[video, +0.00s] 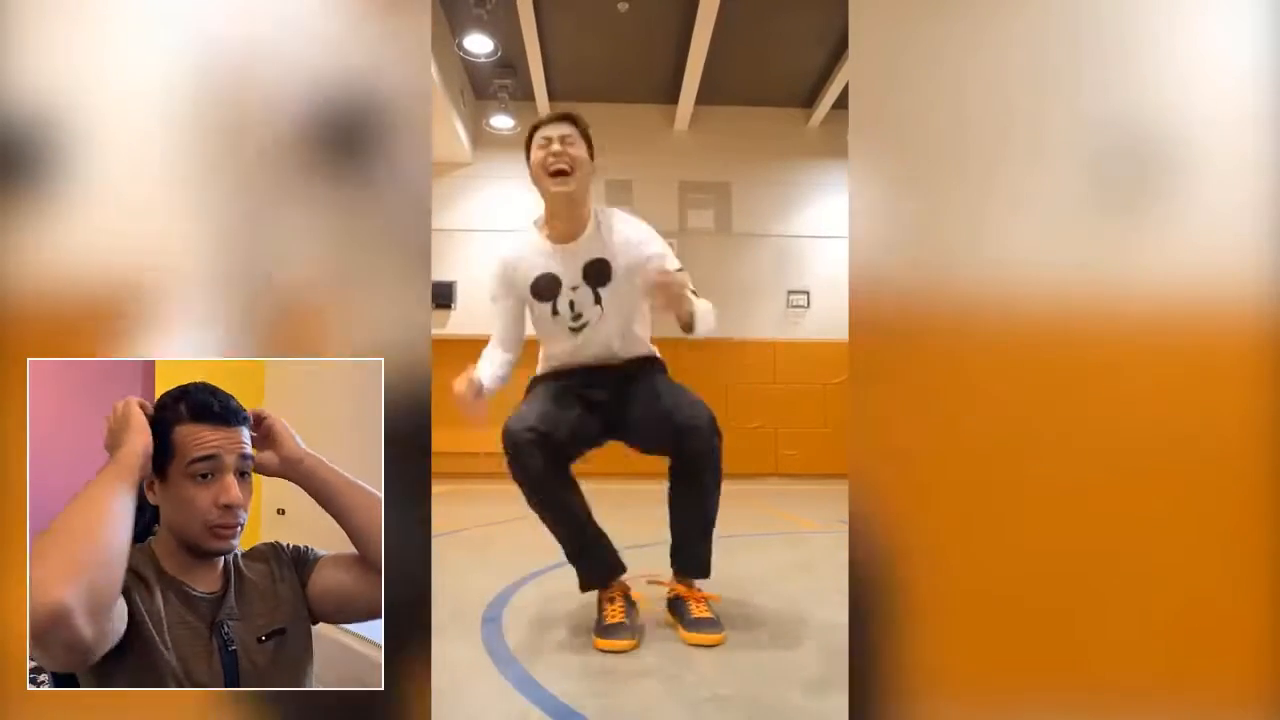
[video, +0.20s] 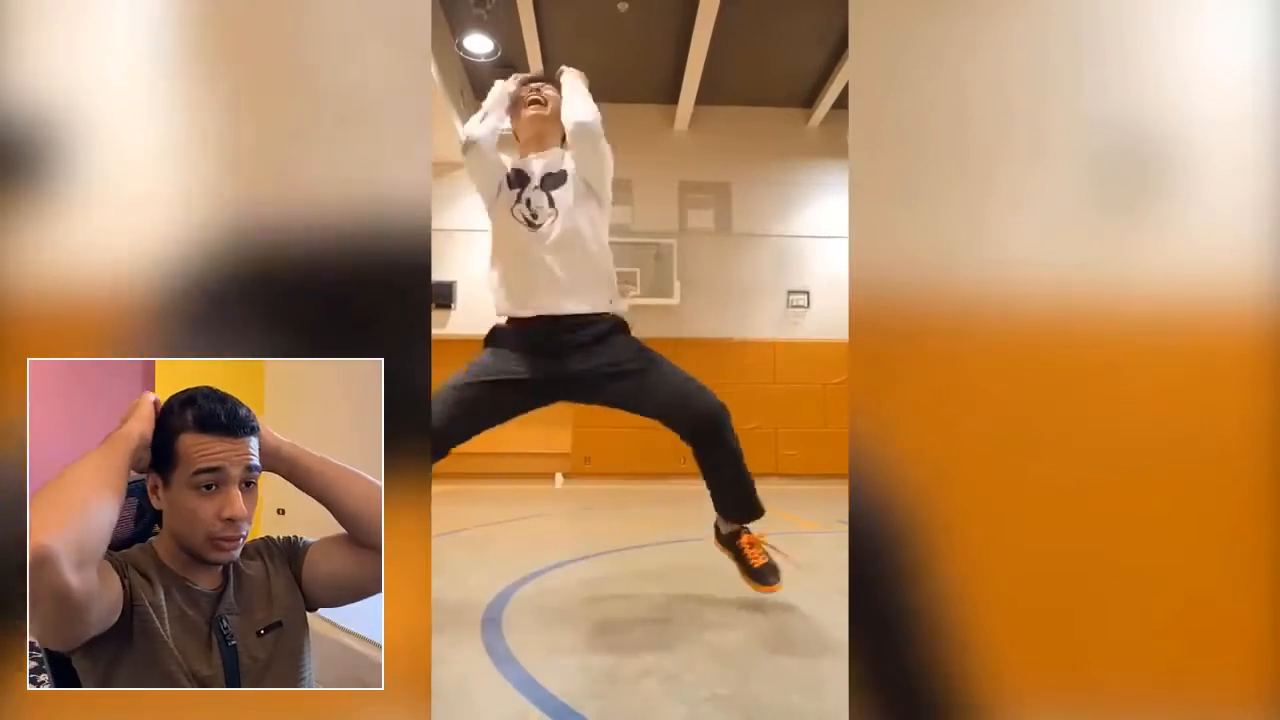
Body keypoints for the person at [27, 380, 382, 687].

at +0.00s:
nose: (233, 497)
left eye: (241, 473)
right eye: (204, 475)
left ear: (254, 477)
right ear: (154, 486)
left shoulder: (281, 574)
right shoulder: (120, 586)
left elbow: (403, 569)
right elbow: (57, 613)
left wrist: (299, 463)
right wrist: (126, 461)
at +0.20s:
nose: (237, 511)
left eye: (248, 484)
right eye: (208, 486)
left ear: (260, 484)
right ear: (158, 492)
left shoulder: (279, 570)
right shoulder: (115, 592)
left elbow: (395, 545)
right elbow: (49, 555)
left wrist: (271, 448)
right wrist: (128, 440)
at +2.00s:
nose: (273, 533)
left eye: (284, 503)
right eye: (245, 505)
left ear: (288, 504)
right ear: (183, 504)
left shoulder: (287, 580)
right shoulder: (118, 603)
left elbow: (400, 572)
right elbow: (80, 537)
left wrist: (280, 505)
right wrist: (160, 487)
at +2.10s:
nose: (284, 534)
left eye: (292, 504)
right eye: (257, 504)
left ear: (295, 502)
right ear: (191, 503)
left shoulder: (285, 578)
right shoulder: (119, 595)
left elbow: (398, 578)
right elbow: (91, 559)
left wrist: (288, 513)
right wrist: (166, 489)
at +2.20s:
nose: (279, 529)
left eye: (290, 501)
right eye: (254, 500)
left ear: (295, 502)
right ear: (189, 500)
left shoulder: (285, 581)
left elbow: (396, 584)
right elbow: (107, 596)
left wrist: (284, 514)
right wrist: (163, 501)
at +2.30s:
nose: (273, 528)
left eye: (284, 501)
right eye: (244, 498)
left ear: (290, 501)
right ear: (184, 497)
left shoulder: (281, 578)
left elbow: (396, 605)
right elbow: (140, 628)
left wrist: (282, 520)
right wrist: (164, 507)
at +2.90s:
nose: (285, 537)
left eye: (296, 508)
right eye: (256, 507)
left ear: (303, 506)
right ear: (194, 504)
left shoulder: (283, 586)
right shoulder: (100, 602)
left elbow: (394, 648)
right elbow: (174, 675)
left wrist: (292, 531)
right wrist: (176, 527)